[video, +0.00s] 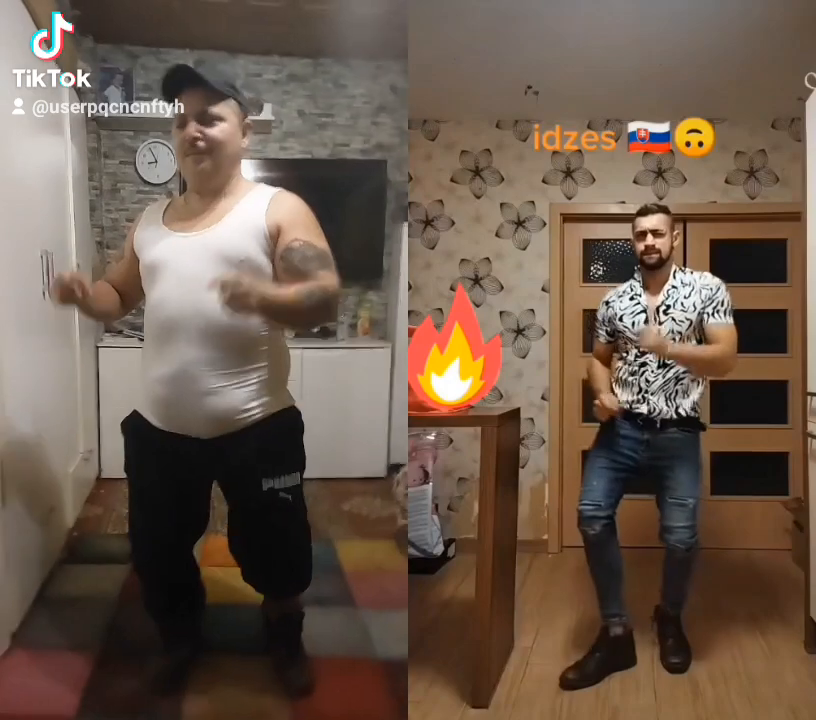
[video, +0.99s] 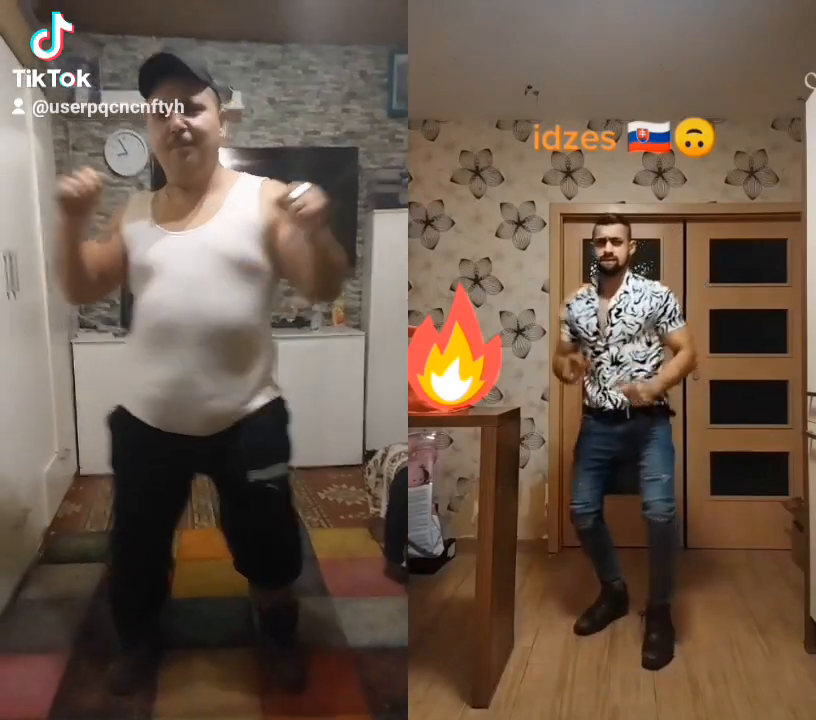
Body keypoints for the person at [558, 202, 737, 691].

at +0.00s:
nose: (648, 242)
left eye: (657, 234)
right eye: (641, 235)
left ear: (675, 239)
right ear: (633, 242)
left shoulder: (707, 288)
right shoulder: (616, 300)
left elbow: (724, 358)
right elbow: (599, 359)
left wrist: (665, 349)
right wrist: (602, 392)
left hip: (678, 434)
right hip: (622, 431)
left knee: (680, 536)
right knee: (592, 518)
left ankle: (671, 620)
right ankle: (616, 635)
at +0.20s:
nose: (645, 243)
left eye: (653, 235)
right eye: (638, 236)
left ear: (672, 240)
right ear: (632, 244)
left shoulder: (701, 286)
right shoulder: (621, 304)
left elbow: (725, 353)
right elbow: (612, 361)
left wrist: (676, 385)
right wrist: (599, 387)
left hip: (676, 427)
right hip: (622, 422)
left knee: (679, 533)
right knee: (583, 505)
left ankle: (671, 621)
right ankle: (611, 622)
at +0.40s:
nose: (639, 239)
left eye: (647, 231)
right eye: (633, 232)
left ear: (665, 236)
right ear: (625, 238)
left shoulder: (691, 285)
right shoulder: (613, 294)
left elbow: (725, 348)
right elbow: (598, 357)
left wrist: (681, 390)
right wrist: (589, 363)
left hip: (677, 422)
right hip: (626, 416)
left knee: (673, 525)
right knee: (585, 494)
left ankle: (671, 618)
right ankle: (612, 586)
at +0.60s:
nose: (627, 241)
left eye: (635, 234)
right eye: (621, 235)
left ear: (652, 239)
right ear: (613, 242)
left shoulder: (681, 286)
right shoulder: (601, 301)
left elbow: (713, 348)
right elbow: (584, 363)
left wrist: (671, 376)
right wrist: (578, 365)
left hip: (665, 421)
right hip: (616, 420)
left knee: (660, 521)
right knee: (587, 507)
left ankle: (668, 617)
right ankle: (613, 590)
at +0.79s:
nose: (614, 250)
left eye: (623, 242)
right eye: (608, 244)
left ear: (641, 247)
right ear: (601, 251)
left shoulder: (670, 288)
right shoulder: (593, 310)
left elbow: (701, 346)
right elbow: (582, 365)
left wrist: (652, 368)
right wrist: (577, 378)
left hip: (651, 422)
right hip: (599, 421)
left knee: (655, 521)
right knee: (581, 515)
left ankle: (665, 618)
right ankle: (612, 593)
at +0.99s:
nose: (607, 249)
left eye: (615, 242)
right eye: (601, 243)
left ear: (631, 248)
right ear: (592, 249)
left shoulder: (654, 296)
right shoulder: (578, 305)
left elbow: (687, 353)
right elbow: (563, 360)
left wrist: (654, 386)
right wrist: (570, 365)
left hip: (648, 422)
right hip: (598, 423)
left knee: (659, 511)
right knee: (583, 512)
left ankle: (658, 613)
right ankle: (614, 593)